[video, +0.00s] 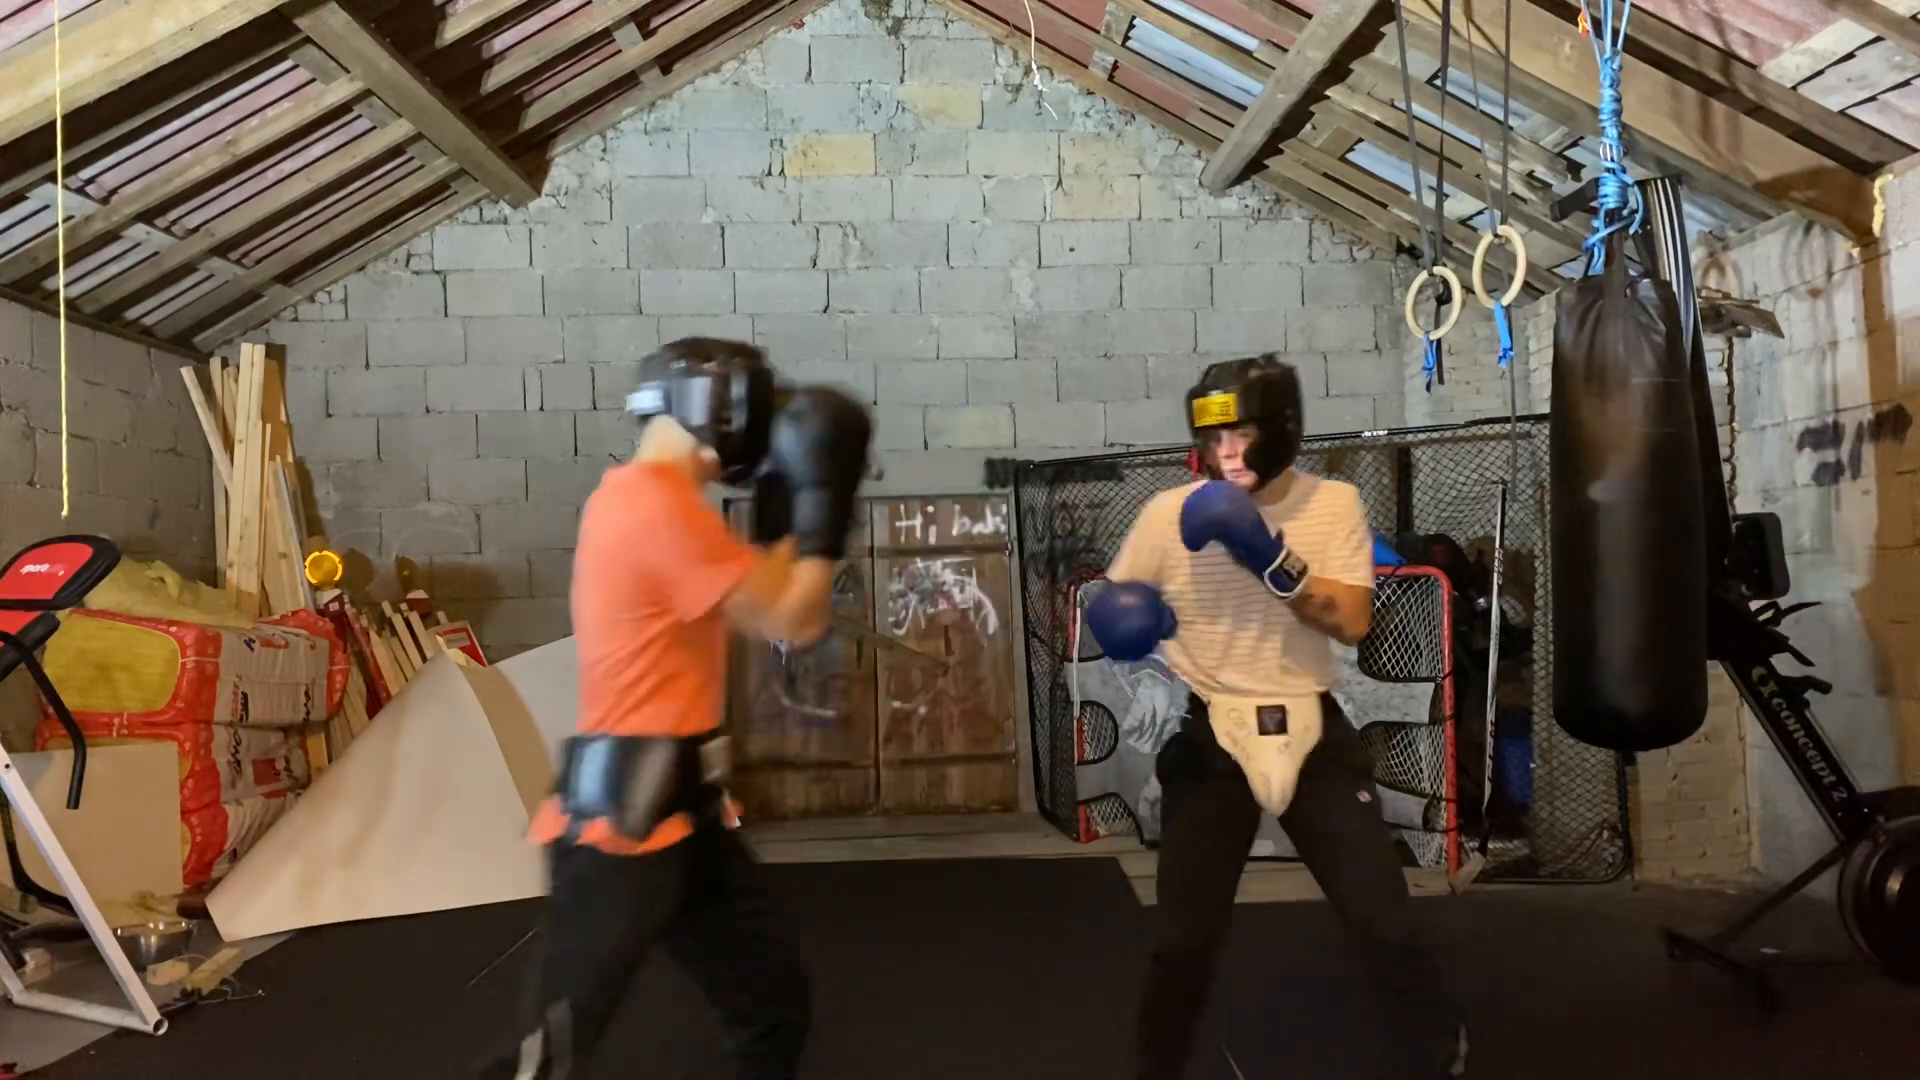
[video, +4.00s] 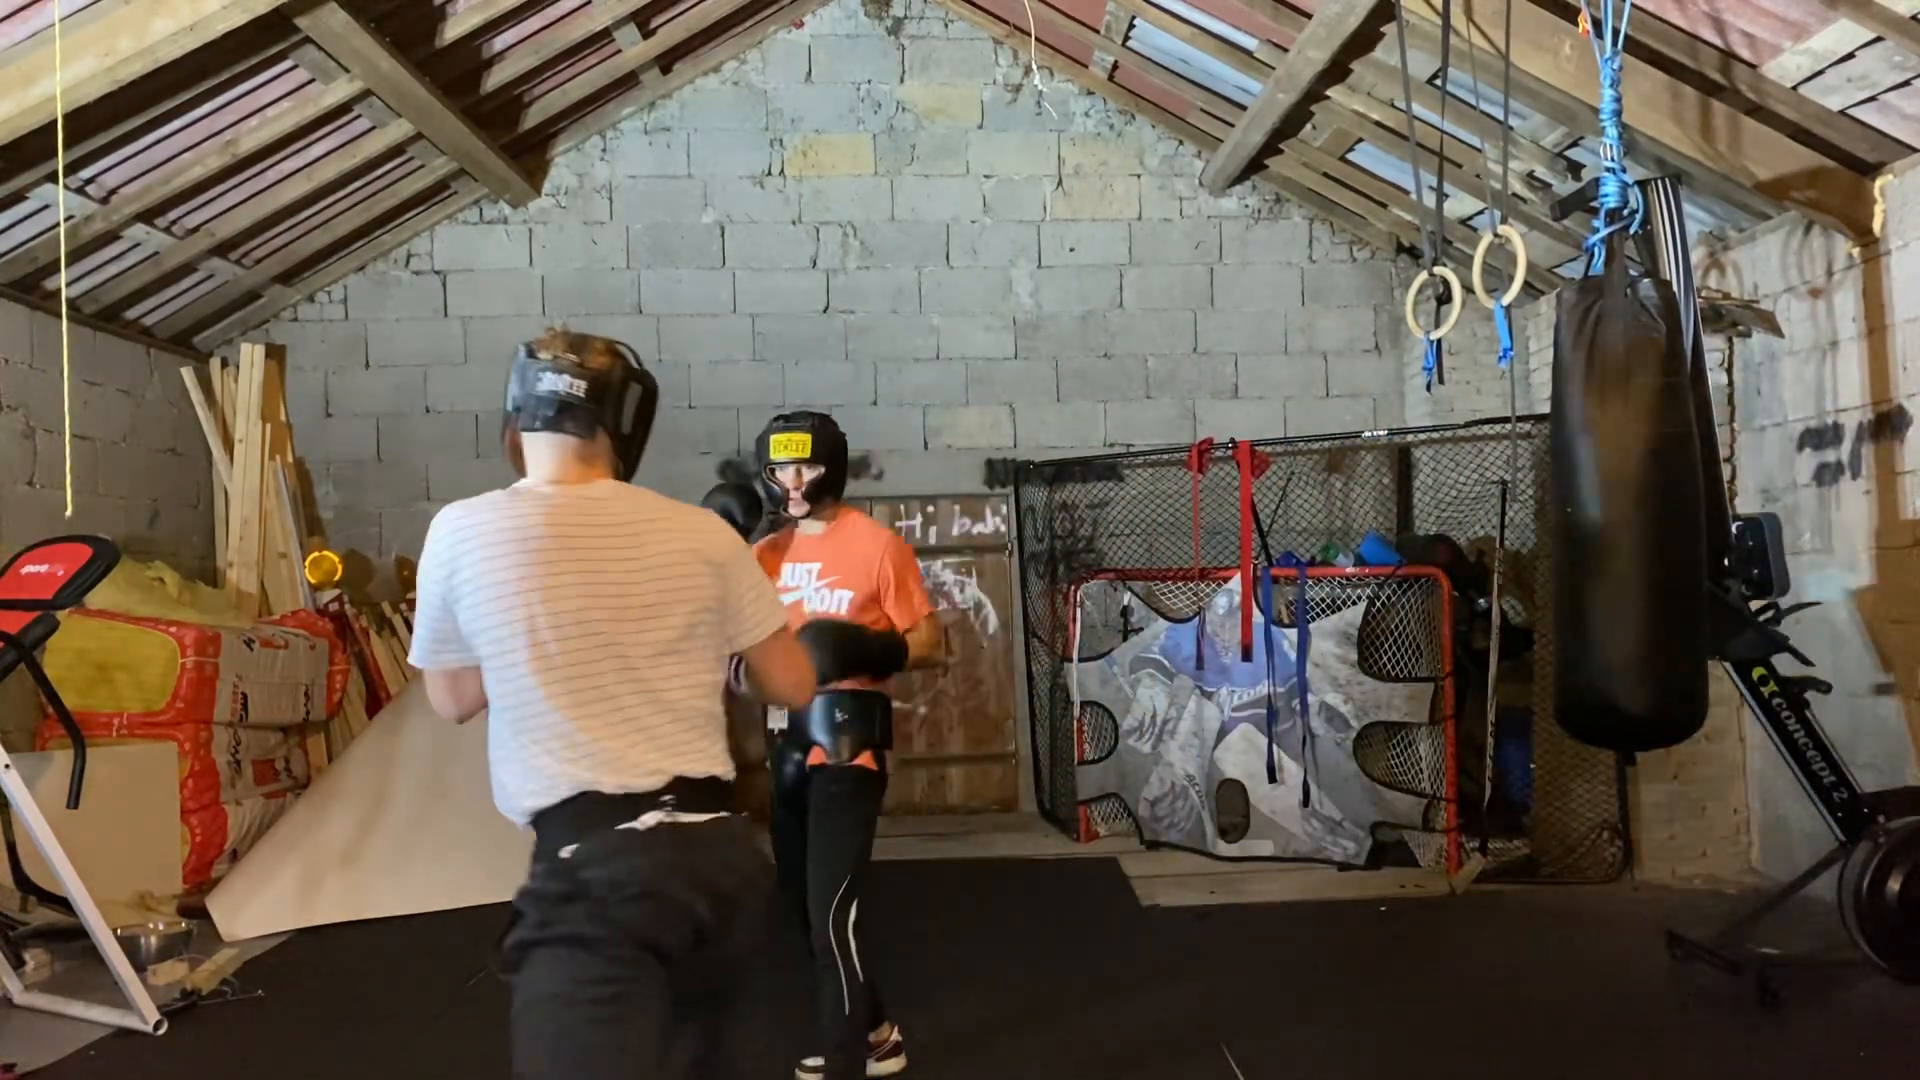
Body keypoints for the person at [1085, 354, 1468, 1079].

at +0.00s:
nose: (1230, 451)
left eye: (1244, 432)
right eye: (1216, 434)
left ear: (1282, 433)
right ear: (1201, 441)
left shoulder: (1331, 503)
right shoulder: (1169, 513)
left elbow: (1354, 620)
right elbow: (1114, 614)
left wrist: (1270, 555)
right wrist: (1114, 620)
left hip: (1315, 733)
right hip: (1209, 737)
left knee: (1383, 922)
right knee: (1184, 936)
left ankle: (1436, 1054)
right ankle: (1156, 1068)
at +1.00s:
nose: (1129, 398)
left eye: (1140, 371)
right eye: (1127, 376)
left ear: (1210, 368)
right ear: (1211, 369)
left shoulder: (1312, 460)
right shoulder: (1157, 482)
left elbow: (1297, 601)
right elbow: (1111, 574)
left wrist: (1173, 516)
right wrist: (1018, 533)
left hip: (1310, 765)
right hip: (1195, 770)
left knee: (1341, 1029)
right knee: (1184, 1022)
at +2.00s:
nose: (953, 368)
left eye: (958, 345)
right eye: (952, 349)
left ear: (985, 343)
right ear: (1060, 348)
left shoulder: (1043, 461)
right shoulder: (1099, 456)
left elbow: (947, 620)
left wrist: (906, 513)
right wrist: (956, 505)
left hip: (1070, 829)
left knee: (1046, 1060)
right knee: (982, 1050)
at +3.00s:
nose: (736, 457)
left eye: (741, 432)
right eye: (739, 435)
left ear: (769, 436)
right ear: (858, 431)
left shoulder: (794, 567)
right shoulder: (953, 541)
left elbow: (742, 756)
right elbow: (1051, 668)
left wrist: (737, 626)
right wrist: (955, 640)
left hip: (909, 934)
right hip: (1018, 897)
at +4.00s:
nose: (513, 431)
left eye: (513, 416)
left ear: (514, 429)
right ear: (624, 428)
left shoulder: (460, 534)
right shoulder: (703, 535)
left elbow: (455, 698)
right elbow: (794, 683)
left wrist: (536, 622)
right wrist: (725, 651)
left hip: (590, 870)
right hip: (725, 853)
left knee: (582, 1065)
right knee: (747, 1067)